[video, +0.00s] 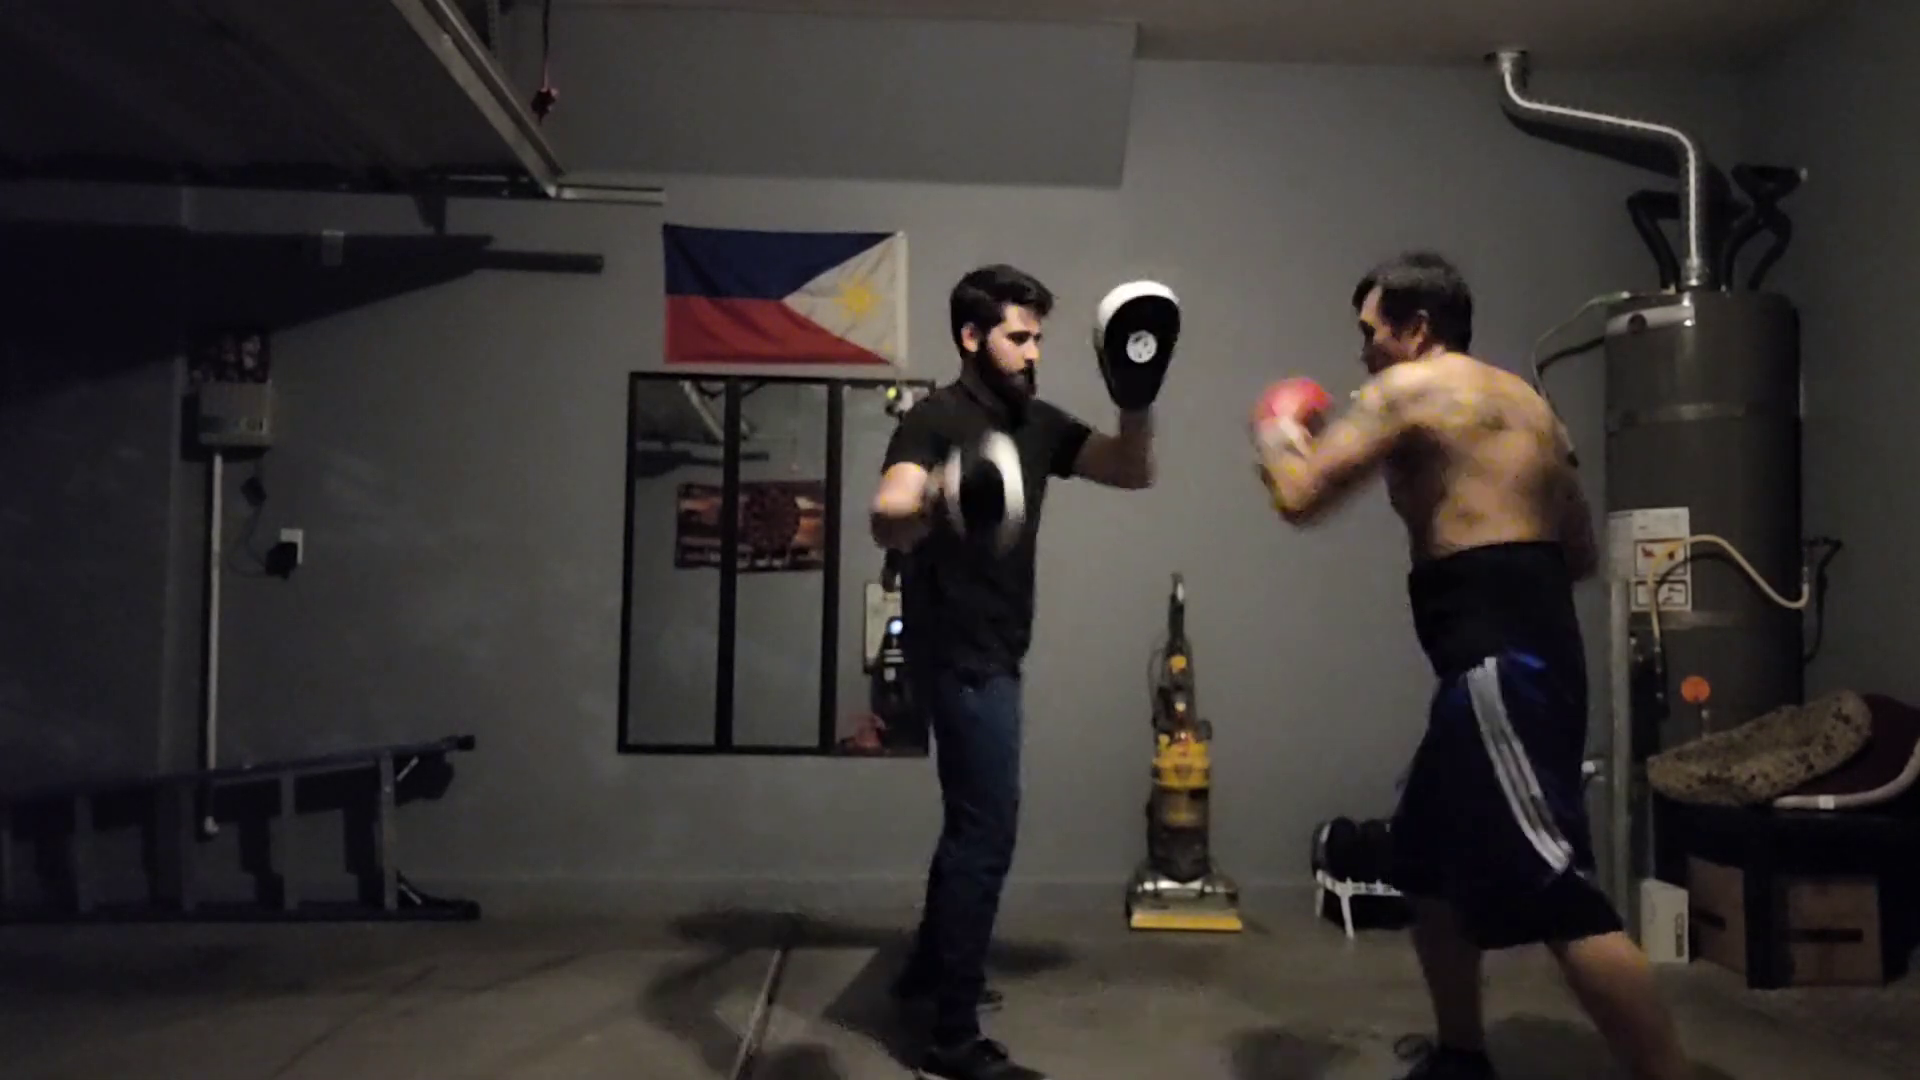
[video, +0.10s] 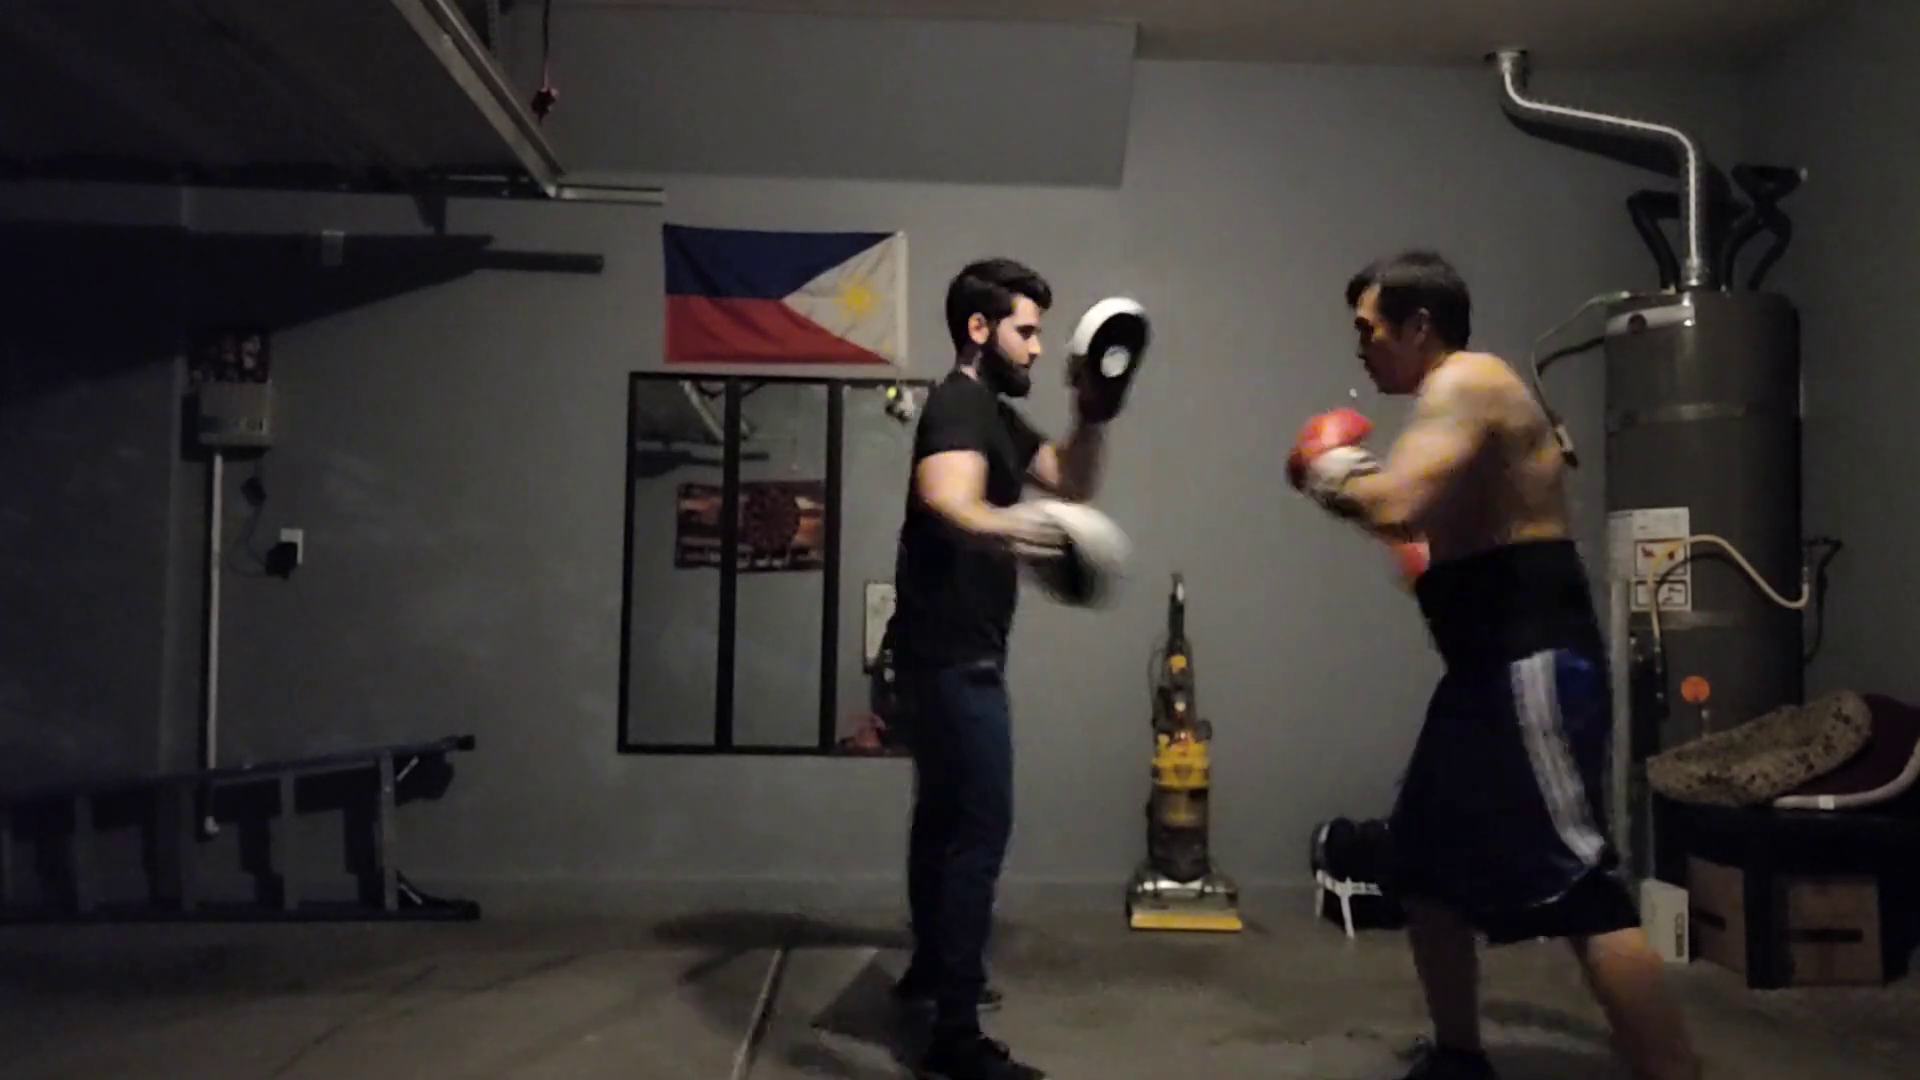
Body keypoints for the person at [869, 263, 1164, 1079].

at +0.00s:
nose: (1033, 353)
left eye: (1038, 338)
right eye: (1019, 338)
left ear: (1034, 340)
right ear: (973, 338)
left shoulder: (1035, 420)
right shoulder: (937, 417)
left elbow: (1131, 470)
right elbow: (888, 509)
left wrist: (1135, 395)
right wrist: (938, 492)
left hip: (997, 657)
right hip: (955, 657)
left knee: (979, 828)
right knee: (984, 837)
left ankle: (930, 978)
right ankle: (952, 1033)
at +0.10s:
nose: (1037, 346)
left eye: (1038, 332)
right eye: (1026, 331)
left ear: (992, 332)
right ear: (980, 329)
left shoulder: (993, 410)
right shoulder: (958, 401)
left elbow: (1065, 488)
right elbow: (947, 499)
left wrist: (1091, 417)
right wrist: (1034, 530)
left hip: (961, 660)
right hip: (951, 664)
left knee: (948, 824)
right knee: (978, 835)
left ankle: (936, 971)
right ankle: (952, 1033)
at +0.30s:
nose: (1013, 347)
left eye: (1014, 333)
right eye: (1003, 331)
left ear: (951, 332)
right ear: (956, 327)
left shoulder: (917, 398)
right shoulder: (957, 400)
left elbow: (965, 477)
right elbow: (1011, 478)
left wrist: (1013, 422)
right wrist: (1119, 480)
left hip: (894, 647)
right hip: (929, 656)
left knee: (893, 807)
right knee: (964, 833)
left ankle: (800, 984)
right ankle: (954, 1034)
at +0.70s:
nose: (977, 339)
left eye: (977, 325)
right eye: (966, 324)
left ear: (917, 329)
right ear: (917, 323)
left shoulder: (910, 407)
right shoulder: (913, 393)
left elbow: (978, 515)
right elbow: (957, 464)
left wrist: (997, 427)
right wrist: (1069, 435)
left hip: (856, 658)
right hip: (892, 664)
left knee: (826, 828)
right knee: (919, 849)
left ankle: (776, 1002)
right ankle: (909, 1048)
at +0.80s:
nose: (972, 338)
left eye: (975, 323)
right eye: (959, 321)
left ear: (946, 327)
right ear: (909, 319)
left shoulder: (945, 414)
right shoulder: (873, 397)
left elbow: (1029, 498)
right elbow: (897, 471)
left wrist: (1046, 410)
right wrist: (991, 403)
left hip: (896, 660)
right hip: (874, 660)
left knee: (818, 824)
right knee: (923, 845)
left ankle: (730, 987)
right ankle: (908, 1052)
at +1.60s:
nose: (889, 329)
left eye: (890, 315)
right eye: (879, 312)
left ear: (833, 312)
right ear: (833, 309)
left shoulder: (818, 392)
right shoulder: (825, 374)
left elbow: (928, 472)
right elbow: (952, 372)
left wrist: (936, 368)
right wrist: (995, 290)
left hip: (783, 646)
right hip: (829, 651)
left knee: (777, 822)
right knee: (879, 837)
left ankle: (717, 1022)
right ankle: (840, 1045)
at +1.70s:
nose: (890, 320)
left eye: (889, 307)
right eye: (880, 304)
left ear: (824, 310)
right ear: (836, 308)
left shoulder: (787, 395)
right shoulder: (832, 377)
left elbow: (899, 486)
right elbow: (955, 363)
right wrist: (956, 266)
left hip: (776, 647)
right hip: (833, 651)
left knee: (782, 830)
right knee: (882, 837)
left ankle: (720, 1019)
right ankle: (827, 1049)